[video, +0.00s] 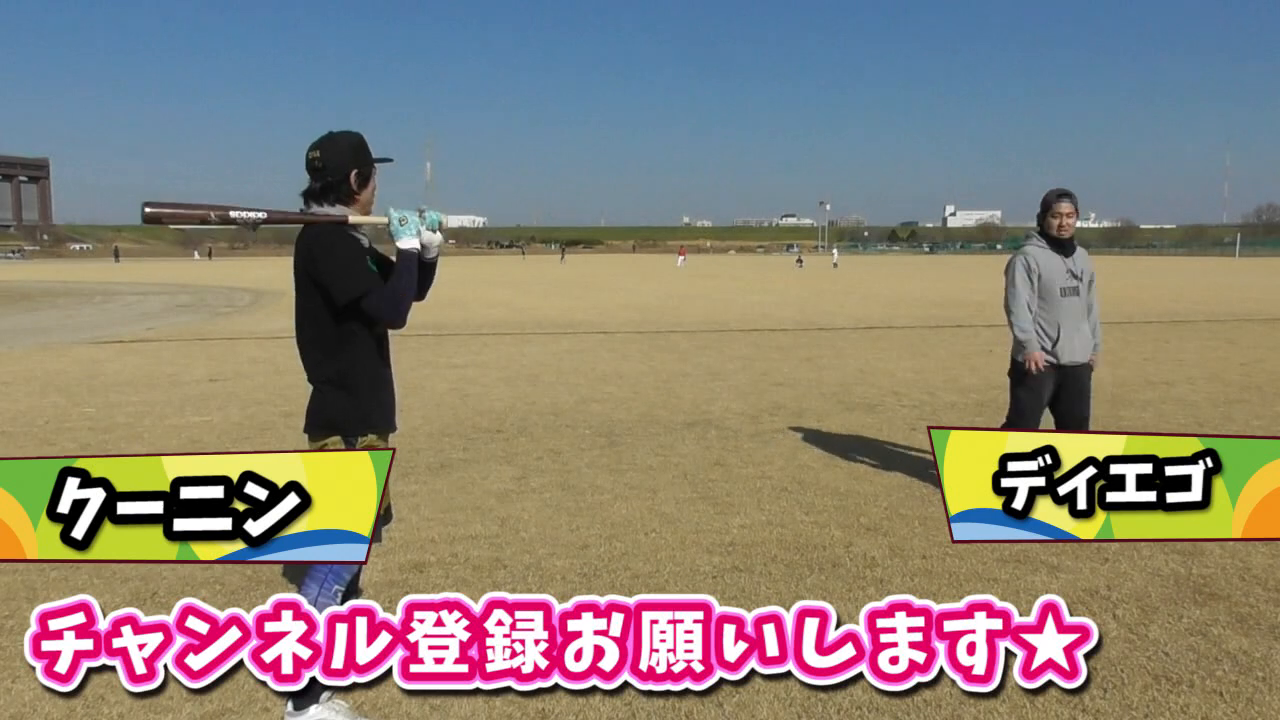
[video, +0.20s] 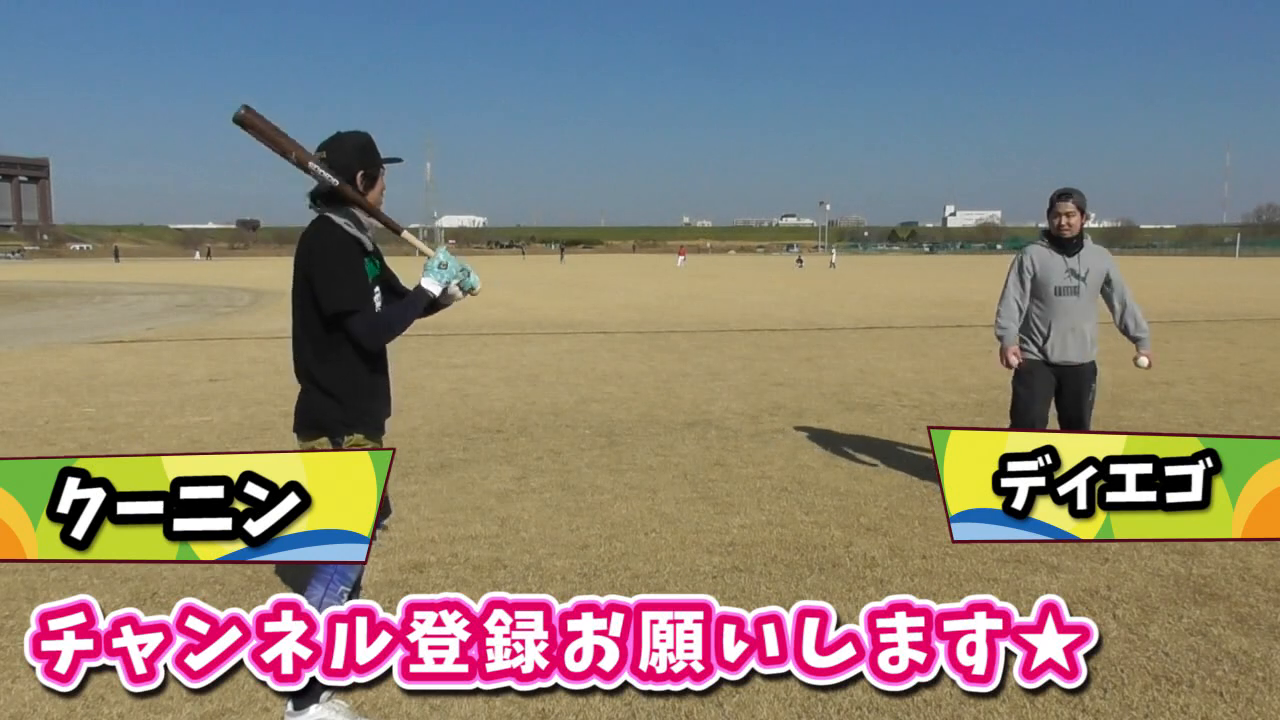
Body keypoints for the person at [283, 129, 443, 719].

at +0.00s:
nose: (375, 183)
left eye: (373, 174)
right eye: (372, 174)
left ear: (326, 180)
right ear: (356, 180)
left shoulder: (341, 235)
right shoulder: (330, 238)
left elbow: (410, 293)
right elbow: (386, 308)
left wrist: (425, 252)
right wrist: (407, 257)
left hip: (356, 415)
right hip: (349, 419)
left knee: (355, 539)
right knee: (342, 545)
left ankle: (325, 669)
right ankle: (302, 688)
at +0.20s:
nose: (384, 184)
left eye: (382, 175)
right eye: (381, 175)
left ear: (339, 179)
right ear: (363, 180)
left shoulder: (349, 234)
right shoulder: (333, 238)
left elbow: (391, 301)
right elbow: (371, 329)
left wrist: (442, 290)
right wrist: (426, 291)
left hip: (351, 417)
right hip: (339, 420)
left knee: (365, 522)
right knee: (348, 540)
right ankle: (305, 693)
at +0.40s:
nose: (391, 195)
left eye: (390, 185)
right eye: (387, 186)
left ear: (355, 188)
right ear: (367, 188)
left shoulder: (364, 245)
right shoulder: (326, 246)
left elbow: (410, 306)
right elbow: (380, 313)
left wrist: (466, 299)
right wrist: (456, 287)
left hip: (347, 422)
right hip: (321, 425)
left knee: (354, 544)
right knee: (347, 550)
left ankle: (318, 678)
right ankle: (304, 694)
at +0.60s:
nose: (394, 198)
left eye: (392, 188)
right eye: (390, 189)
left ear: (352, 192)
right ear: (370, 193)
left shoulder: (371, 246)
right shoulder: (318, 242)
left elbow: (427, 296)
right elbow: (398, 280)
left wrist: (482, 289)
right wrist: (484, 262)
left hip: (343, 422)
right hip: (309, 424)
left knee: (347, 549)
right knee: (346, 554)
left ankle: (312, 676)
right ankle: (307, 696)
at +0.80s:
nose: (394, 197)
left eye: (392, 187)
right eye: (390, 188)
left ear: (351, 193)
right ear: (369, 193)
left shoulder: (372, 248)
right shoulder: (314, 241)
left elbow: (423, 306)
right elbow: (386, 281)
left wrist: (473, 298)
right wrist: (478, 271)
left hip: (343, 424)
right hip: (310, 426)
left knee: (344, 546)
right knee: (350, 554)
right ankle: (307, 696)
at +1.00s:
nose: (400, 197)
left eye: (399, 188)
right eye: (395, 188)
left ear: (367, 191)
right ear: (373, 193)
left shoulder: (382, 249)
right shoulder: (319, 245)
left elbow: (422, 311)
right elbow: (382, 301)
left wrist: (475, 310)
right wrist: (470, 285)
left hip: (351, 425)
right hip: (311, 426)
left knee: (352, 548)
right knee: (345, 553)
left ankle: (316, 680)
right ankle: (304, 695)